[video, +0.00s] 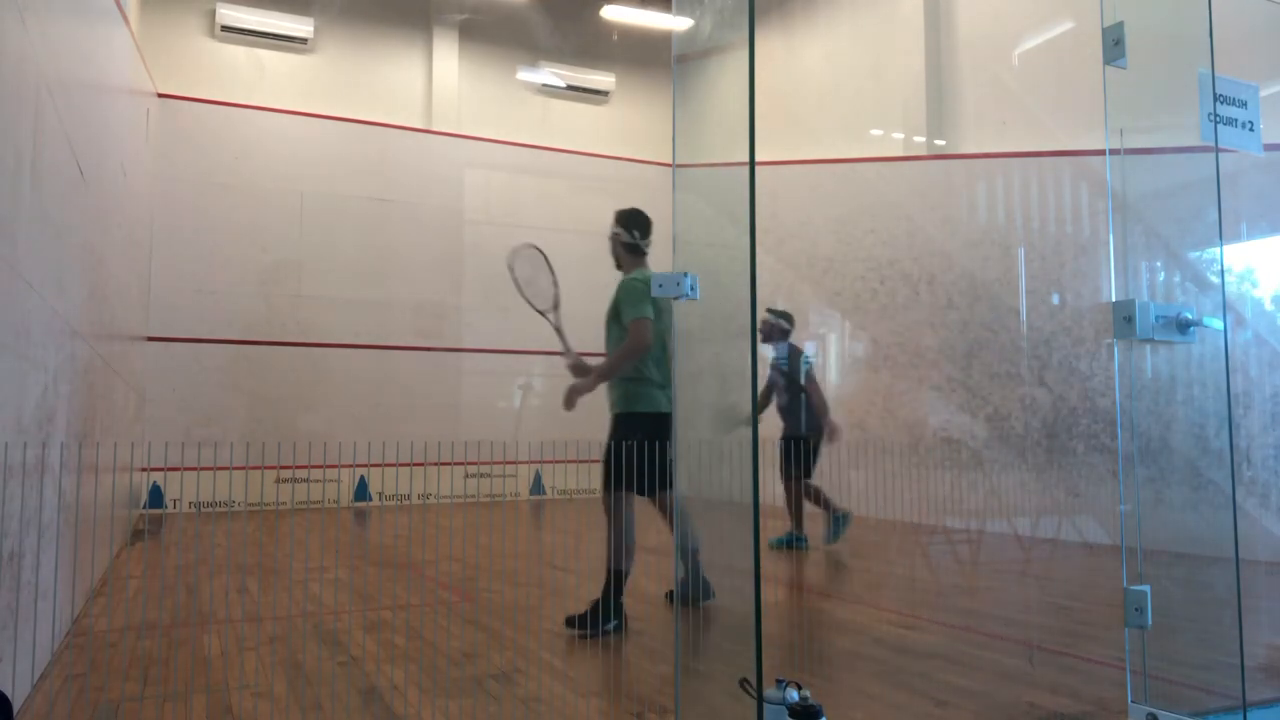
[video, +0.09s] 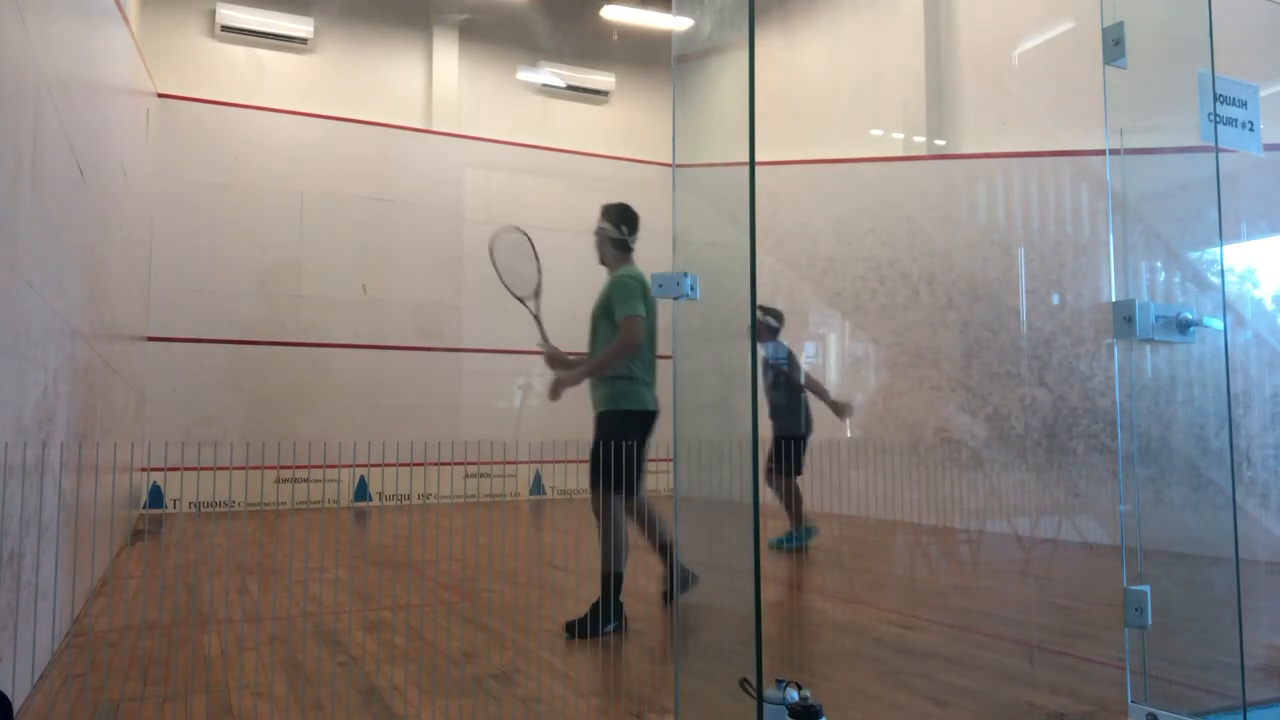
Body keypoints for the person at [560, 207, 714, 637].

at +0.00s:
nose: (610, 246)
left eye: (611, 239)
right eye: (613, 238)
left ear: (617, 242)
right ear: (644, 243)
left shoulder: (633, 285)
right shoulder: (655, 287)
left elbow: (640, 341)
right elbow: (643, 356)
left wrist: (589, 382)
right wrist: (594, 366)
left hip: (637, 411)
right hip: (657, 409)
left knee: (615, 497)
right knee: (662, 493)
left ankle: (610, 604)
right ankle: (696, 579)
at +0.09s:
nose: (594, 241)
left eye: (598, 234)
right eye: (596, 234)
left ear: (609, 238)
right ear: (625, 239)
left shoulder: (625, 282)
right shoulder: (629, 283)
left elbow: (631, 341)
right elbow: (622, 353)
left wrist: (572, 376)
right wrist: (571, 358)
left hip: (624, 408)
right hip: (628, 406)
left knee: (606, 499)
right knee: (629, 495)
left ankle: (609, 604)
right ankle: (677, 569)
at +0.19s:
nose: (579, 235)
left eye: (584, 228)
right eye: (580, 228)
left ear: (600, 232)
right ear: (604, 234)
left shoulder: (614, 277)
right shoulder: (602, 280)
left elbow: (618, 334)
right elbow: (599, 346)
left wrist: (556, 359)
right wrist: (550, 352)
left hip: (616, 408)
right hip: (601, 408)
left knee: (602, 501)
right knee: (580, 495)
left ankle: (611, 605)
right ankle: (635, 568)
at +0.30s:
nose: (564, 229)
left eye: (572, 222)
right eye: (565, 221)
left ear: (594, 228)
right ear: (577, 228)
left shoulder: (600, 275)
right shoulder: (584, 278)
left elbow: (595, 329)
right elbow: (576, 343)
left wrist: (532, 337)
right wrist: (525, 341)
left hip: (605, 411)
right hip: (582, 410)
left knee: (601, 503)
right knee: (539, 490)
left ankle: (611, 606)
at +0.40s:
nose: (548, 231)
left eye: (558, 225)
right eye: (549, 224)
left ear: (578, 232)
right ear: (550, 229)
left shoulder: (586, 279)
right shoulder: (564, 282)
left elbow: (556, 324)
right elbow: (539, 340)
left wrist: (503, 307)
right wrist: (510, 311)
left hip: (587, 414)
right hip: (558, 413)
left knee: (588, 507)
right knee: (505, 491)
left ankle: (610, 607)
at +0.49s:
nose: (528, 229)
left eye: (536, 223)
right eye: (530, 222)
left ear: (553, 233)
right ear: (541, 233)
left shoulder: (563, 282)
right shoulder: (537, 287)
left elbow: (524, 307)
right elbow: (501, 336)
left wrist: (482, 269)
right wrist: (492, 288)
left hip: (564, 417)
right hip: (530, 417)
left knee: (571, 510)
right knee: (471, 494)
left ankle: (609, 607)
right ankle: (425, 590)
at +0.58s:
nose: (495, 241)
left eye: (500, 235)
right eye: (497, 235)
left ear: (512, 240)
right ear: (532, 243)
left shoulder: (537, 290)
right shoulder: (503, 292)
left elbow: (484, 292)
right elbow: (456, 327)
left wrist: (459, 235)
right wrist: (484, 276)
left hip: (535, 428)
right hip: (496, 428)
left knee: (551, 518)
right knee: (434, 502)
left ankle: (607, 605)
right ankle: (373, 595)